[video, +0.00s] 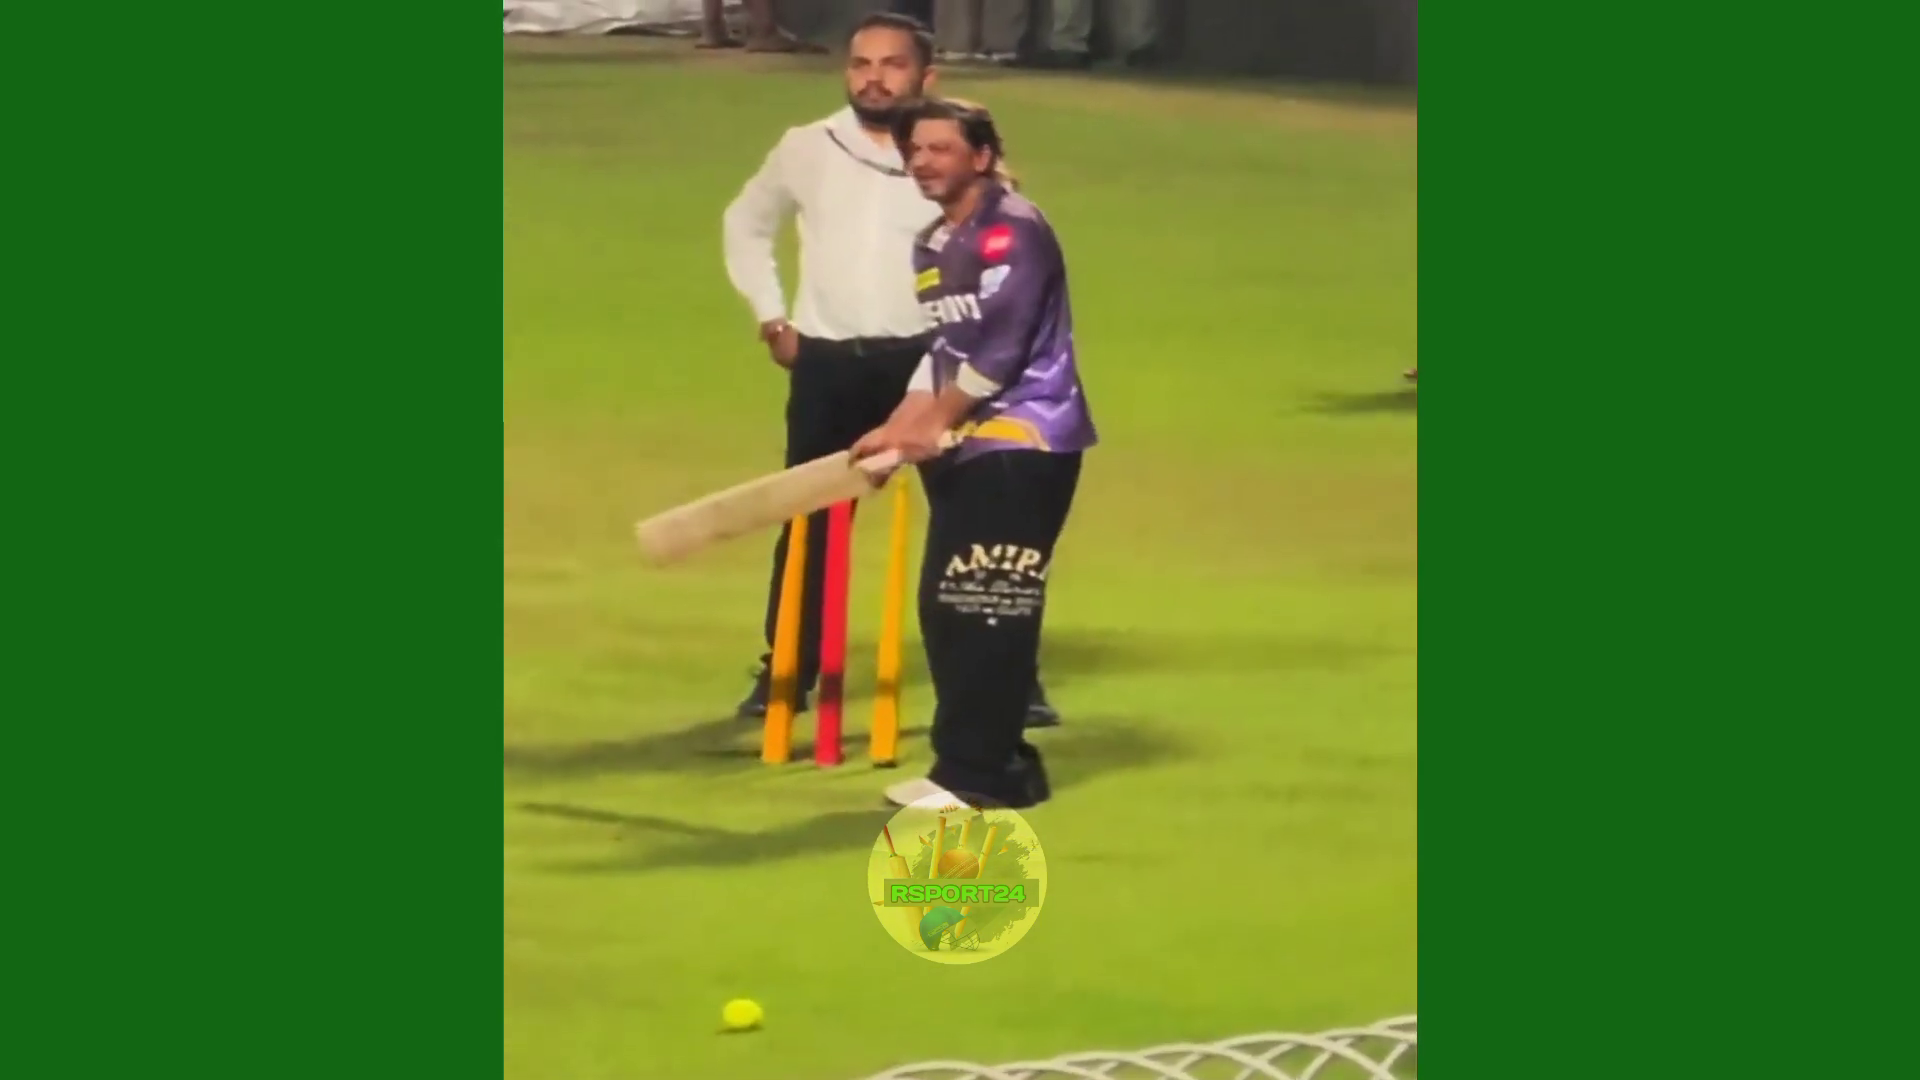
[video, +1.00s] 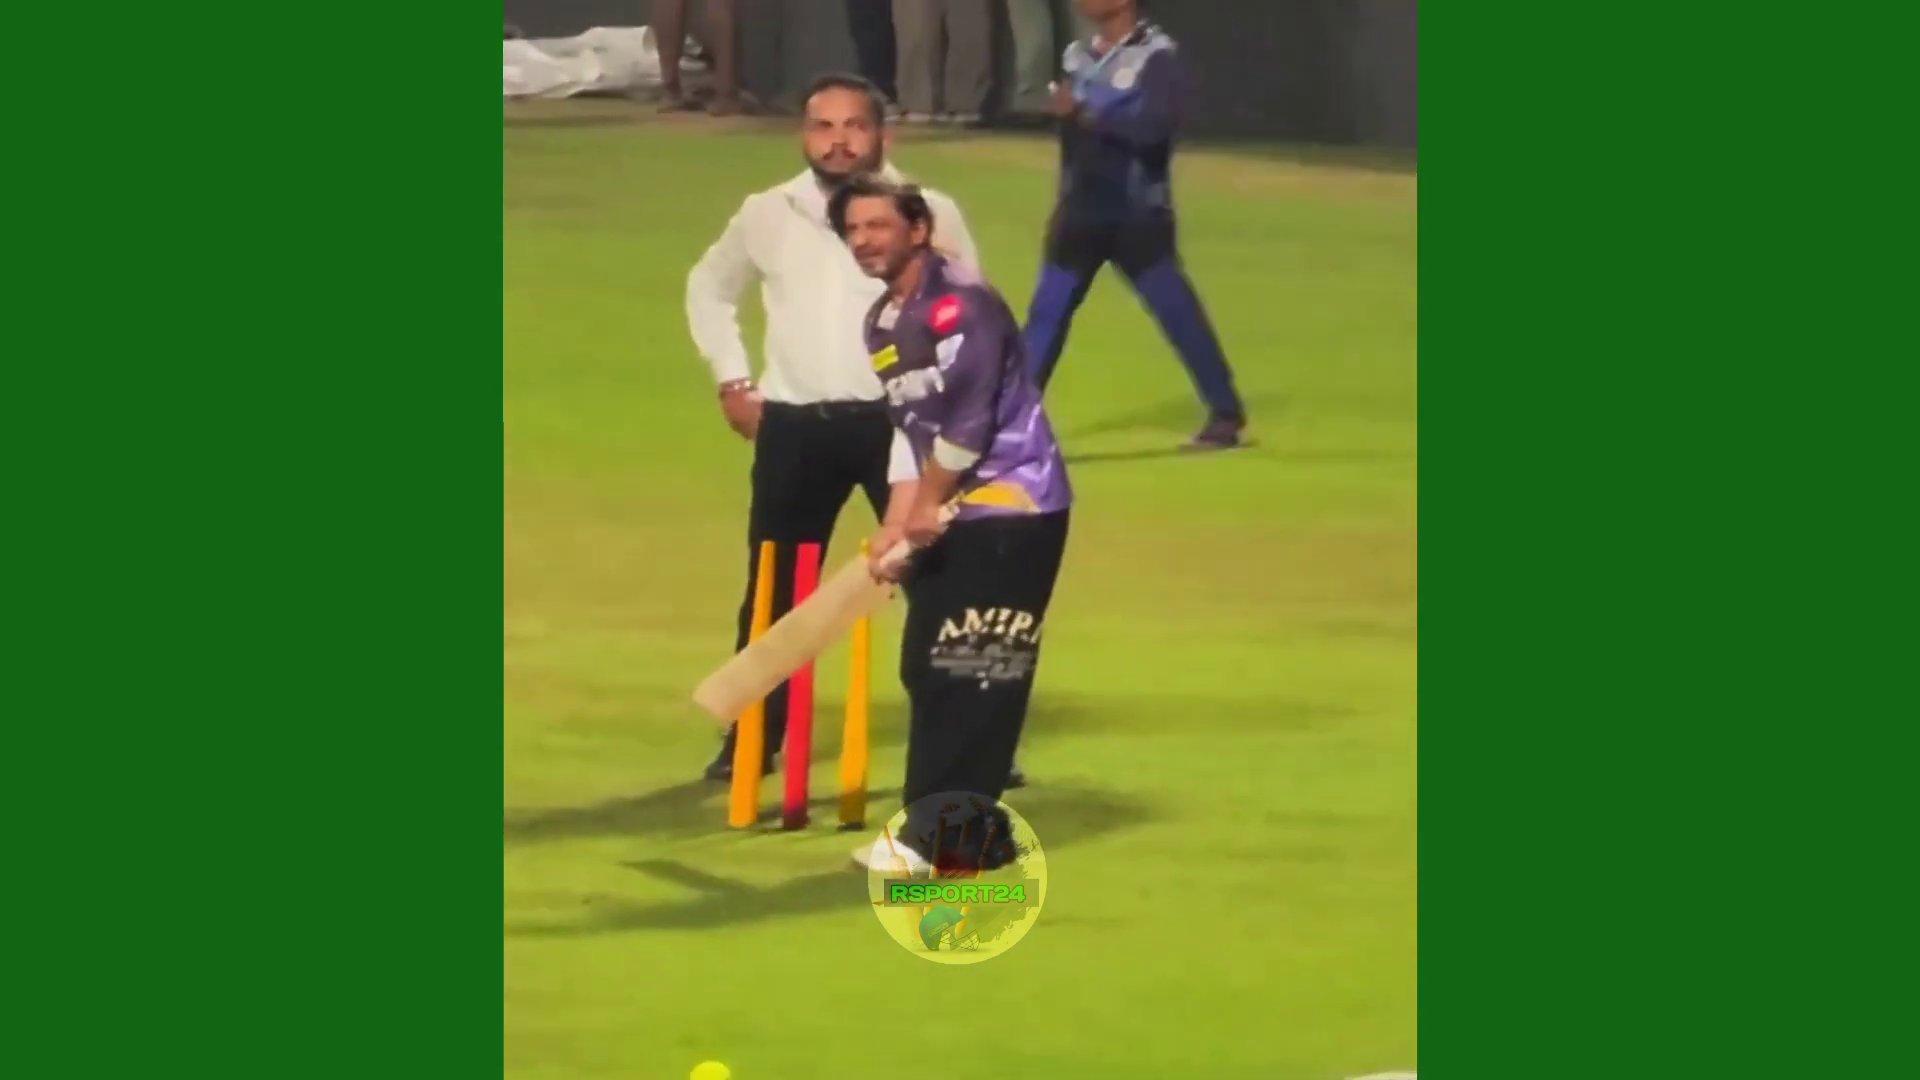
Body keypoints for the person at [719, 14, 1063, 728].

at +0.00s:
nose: (873, 77)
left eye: (891, 64)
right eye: (861, 63)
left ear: (924, 74)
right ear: (846, 70)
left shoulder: (951, 151)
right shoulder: (805, 149)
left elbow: (1000, 258)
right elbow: (745, 224)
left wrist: (974, 351)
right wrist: (770, 316)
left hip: (931, 362)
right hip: (829, 363)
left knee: (974, 526)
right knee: (809, 526)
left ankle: (1013, 681)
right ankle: (788, 674)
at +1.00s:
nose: (837, 139)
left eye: (853, 126)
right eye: (822, 126)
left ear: (880, 135)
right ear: (804, 135)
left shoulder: (927, 212)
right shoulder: (765, 216)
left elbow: (973, 324)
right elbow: (708, 290)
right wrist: (733, 383)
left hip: (900, 430)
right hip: (794, 429)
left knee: (945, 603)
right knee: (772, 598)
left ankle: (974, 755)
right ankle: (752, 747)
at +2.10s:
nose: (768, 165)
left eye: (785, 151)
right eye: (752, 151)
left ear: (813, 156)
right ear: (735, 158)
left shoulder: (864, 238)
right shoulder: (698, 238)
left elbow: (906, 340)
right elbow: (656, 325)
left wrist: (851, 416)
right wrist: (670, 386)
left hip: (839, 456)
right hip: (729, 456)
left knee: (881, 621)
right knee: (699, 614)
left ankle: (914, 775)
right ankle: (679, 761)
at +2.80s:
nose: (736, 121)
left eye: (752, 107)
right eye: (721, 108)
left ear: (780, 116)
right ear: (701, 116)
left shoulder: (832, 198)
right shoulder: (664, 202)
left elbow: (864, 312)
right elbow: (633, 316)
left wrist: (839, 410)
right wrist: (610, 422)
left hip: (802, 408)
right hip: (694, 412)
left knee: (846, 574)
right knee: (666, 573)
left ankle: (886, 722)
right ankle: (656, 719)